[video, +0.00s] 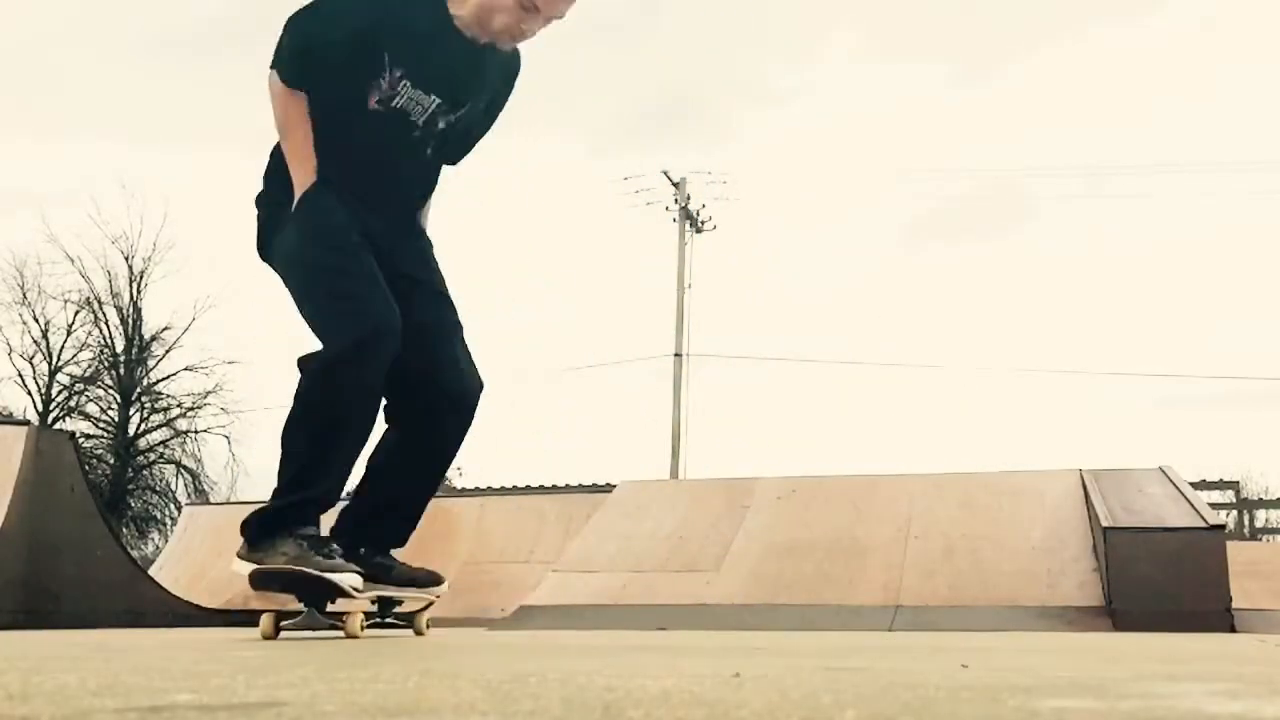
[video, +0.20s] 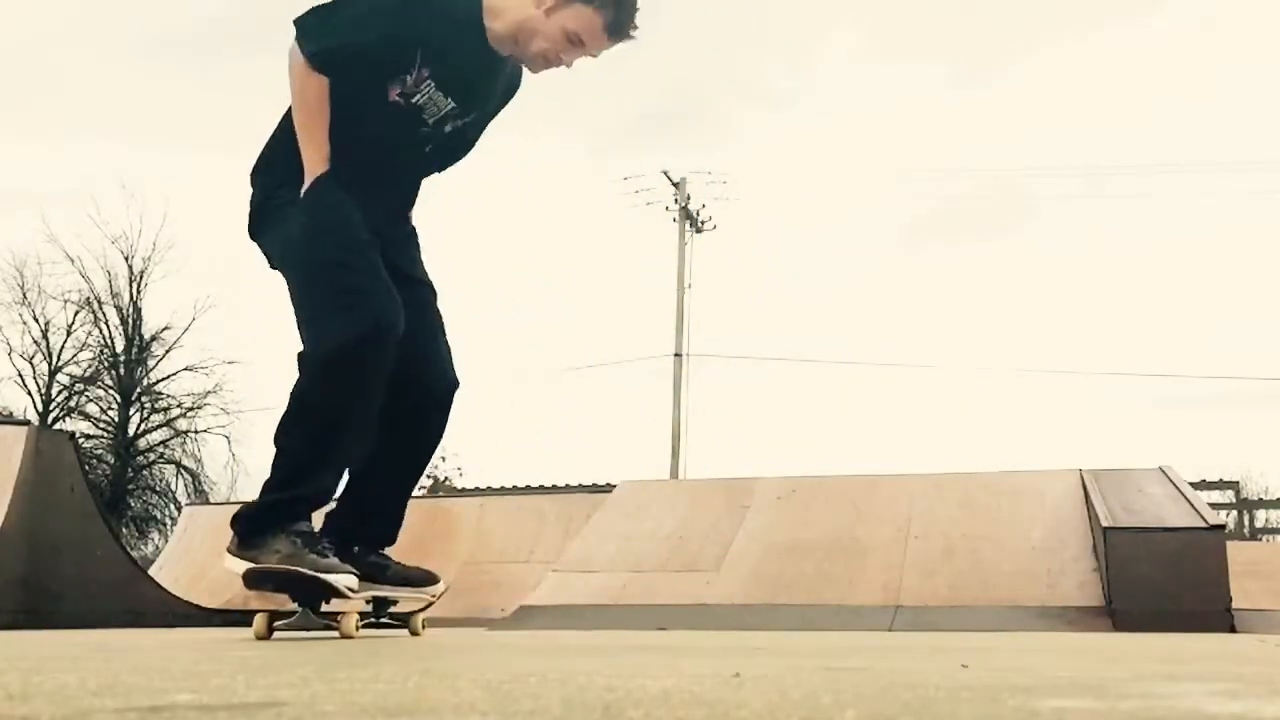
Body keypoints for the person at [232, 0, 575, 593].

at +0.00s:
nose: (534, 28)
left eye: (550, 20)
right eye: (532, 8)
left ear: (555, 19)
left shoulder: (499, 67)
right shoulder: (376, 12)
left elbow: (430, 158)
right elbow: (287, 71)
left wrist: (413, 237)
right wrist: (307, 192)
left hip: (392, 221)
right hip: (315, 196)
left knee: (449, 387)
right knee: (366, 335)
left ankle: (362, 543)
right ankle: (281, 530)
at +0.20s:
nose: (566, 61)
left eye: (581, 56)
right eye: (572, 41)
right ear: (547, 3)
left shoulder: (502, 79)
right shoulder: (431, 13)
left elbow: (421, 151)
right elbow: (308, 46)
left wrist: (390, 210)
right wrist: (318, 175)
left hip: (385, 215)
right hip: (311, 187)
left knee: (428, 380)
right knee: (365, 329)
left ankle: (354, 543)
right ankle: (272, 526)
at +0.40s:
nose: (591, 63)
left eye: (604, 59)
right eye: (599, 45)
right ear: (577, 4)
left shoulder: (496, 77)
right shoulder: (459, 9)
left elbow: (411, 149)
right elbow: (341, 36)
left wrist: (392, 211)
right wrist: (334, 161)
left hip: (385, 200)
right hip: (318, 172)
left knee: (419, 375)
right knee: (357, 333)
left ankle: (348, 541)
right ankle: (261, 527)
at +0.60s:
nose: (597, 66)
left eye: (611, 63)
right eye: (610, 50)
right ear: (592, 6)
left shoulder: (496, 49)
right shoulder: (494, 9)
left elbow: (415, 120)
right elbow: (405, 24)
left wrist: (399, 187)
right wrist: (373, 145)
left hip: (386, 186)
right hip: (338, 157)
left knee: (406, 366)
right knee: (343, 324)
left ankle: (335, 540)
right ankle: (247, 524)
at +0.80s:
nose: (567, 51)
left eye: (578, 52)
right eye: (579, 38)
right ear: (569, 3)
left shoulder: (452, 14)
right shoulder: (530, 6)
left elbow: (370, 81)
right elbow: (490, 47)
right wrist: (473, 156)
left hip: (356, 156)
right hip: (401, 153)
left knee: (369, 338)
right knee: (406, 328)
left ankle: (327, 538)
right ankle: (274, 497)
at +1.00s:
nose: (583, 34)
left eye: (592, 31)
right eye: (594, 22)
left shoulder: (432, 8)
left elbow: (377, 94)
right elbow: (527, 53)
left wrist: (386, 171)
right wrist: (540, 171)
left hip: (385, 168)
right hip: (473, 163)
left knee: (399, 364)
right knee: (534, 345)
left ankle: (344, 522)